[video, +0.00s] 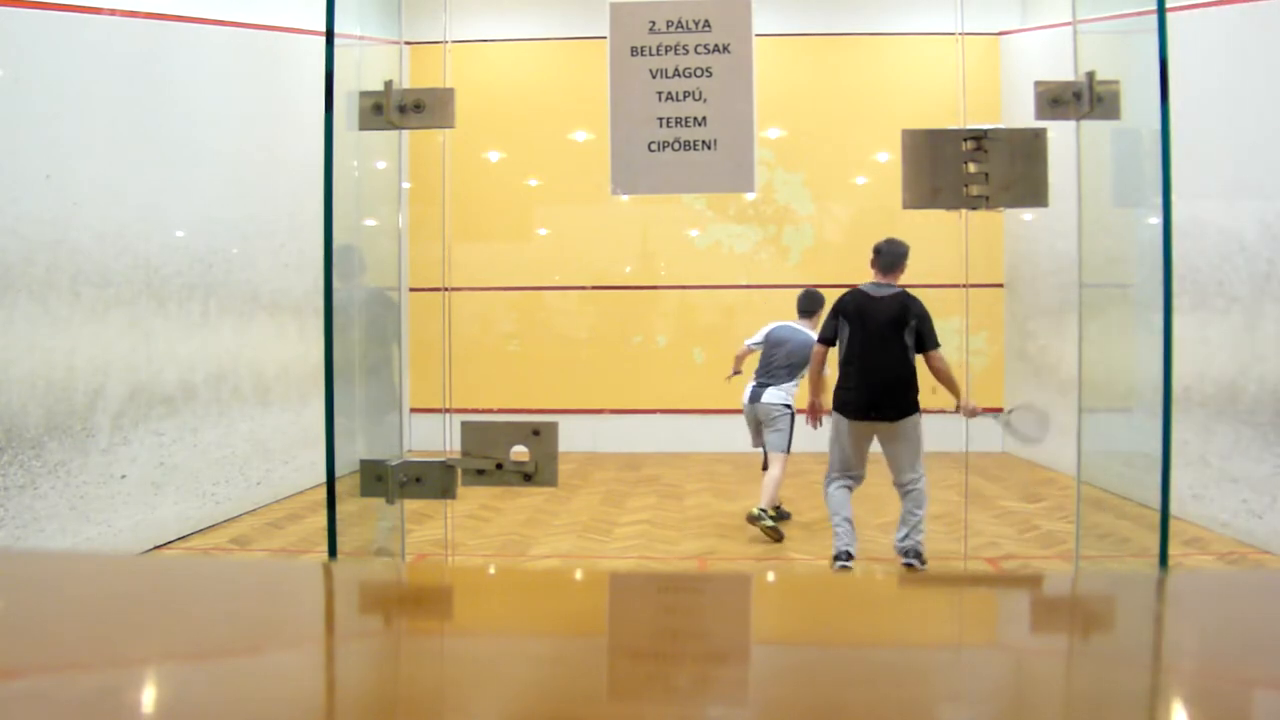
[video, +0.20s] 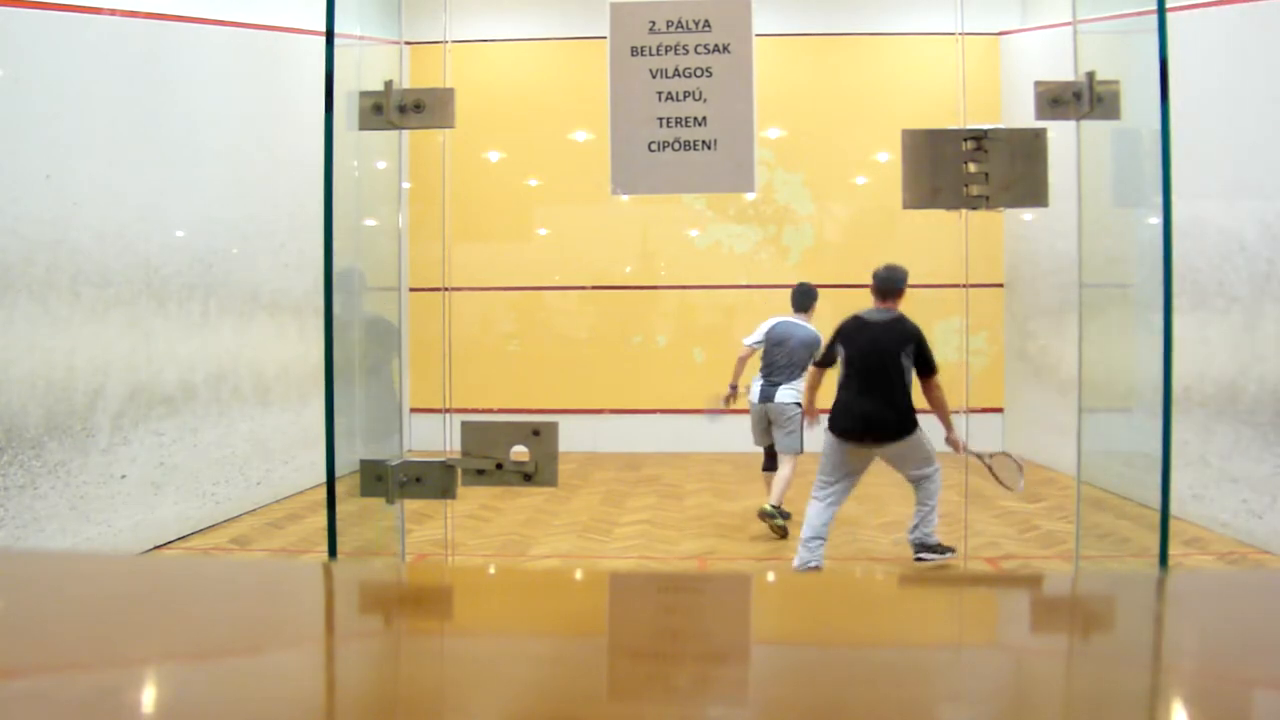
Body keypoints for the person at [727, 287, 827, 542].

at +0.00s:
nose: (820, 315)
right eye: (821, 311)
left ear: (798, 308)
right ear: (819, 312)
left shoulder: (776, 328)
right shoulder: (816, 343)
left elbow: (742, 351)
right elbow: (819, 377)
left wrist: (736, 368)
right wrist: (818, 403)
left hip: (753, 396)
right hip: (779, 400)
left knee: (768, 454)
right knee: (777, 461)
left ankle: (772, 503)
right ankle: (763, 509)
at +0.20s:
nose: (814, 308)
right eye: (815, 304)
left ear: (792, 303)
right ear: (813, 306)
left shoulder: (773, 325)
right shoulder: (815, 338)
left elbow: (744, 355)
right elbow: (817, 372)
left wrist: (734, 385)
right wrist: (811, 403)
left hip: (759, 397)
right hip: (788, 400)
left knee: (769, 454)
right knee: (787, 460)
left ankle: (775, 505)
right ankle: (772, 505)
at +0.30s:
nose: (811, 304)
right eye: (811, 300)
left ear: (788, 300)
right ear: (810, 302)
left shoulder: (768, 324)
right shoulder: (814, 334)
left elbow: (747, 359)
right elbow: (806, 365)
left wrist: (739, 392)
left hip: (760, 398)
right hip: (789, 400)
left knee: (770, 453)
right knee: (791, 458)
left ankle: (773, 508)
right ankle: (781, 507)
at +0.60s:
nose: (808, 302)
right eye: (808, 298)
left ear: (783, 299)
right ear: (806, 300)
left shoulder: (764, 327)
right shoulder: (815, 333)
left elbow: (749, 363)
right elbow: (816, 376)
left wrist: (747, 398)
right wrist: (801, 393)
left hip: (763, 403)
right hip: (793, 405)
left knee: (766, 457)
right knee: (796, 466)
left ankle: (769, 506)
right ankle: (783, 520)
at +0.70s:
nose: (808, 299)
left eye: (805, 294)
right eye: (808, 295)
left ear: (783, 296)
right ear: (806, 297)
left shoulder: (763, 324)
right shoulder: (815, 331)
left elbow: (747, 362)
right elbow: (818, 374)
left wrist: (743, 397)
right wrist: (805, 399)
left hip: (760, 401)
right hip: (792, 403)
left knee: (760, 457)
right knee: (795, 467)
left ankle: (758, 508)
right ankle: (784, 521)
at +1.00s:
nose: (796, 300)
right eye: (796, 296)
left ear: (770, 298)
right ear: (793, 298)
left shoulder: (753, 327)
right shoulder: (805, 332)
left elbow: (734, 366)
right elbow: (813, 376)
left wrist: (727, 395)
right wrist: (810, 409)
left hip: (750, 409)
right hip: (785, 412)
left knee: (732, 466)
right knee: (793, 466)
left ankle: (725, 514)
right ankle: (784, 521)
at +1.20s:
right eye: (763, 286)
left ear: (740, 290)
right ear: (765, 289)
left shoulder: (730, 319)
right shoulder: (783, 322)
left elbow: (722, 360)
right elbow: (794, 364)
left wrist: (708, 393)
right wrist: (788, 401)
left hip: (733, 397)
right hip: (768, 400)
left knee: (706, 460)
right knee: (775, 463)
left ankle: (704, 518)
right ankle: (778, 522)